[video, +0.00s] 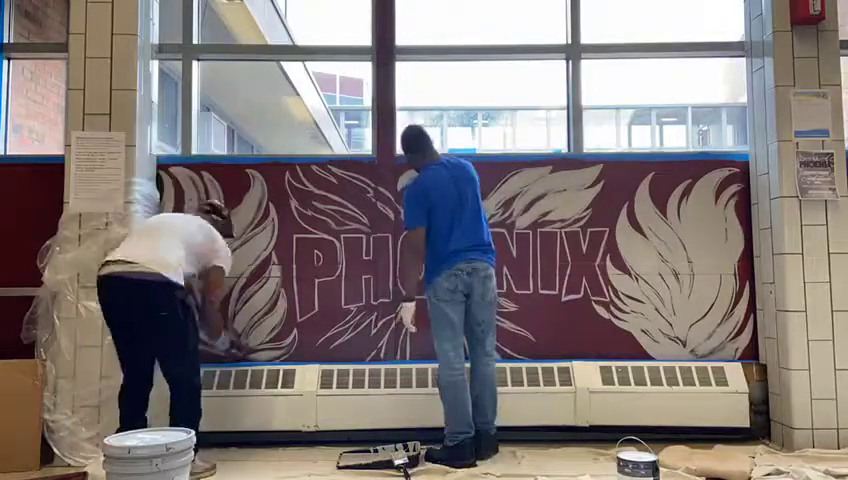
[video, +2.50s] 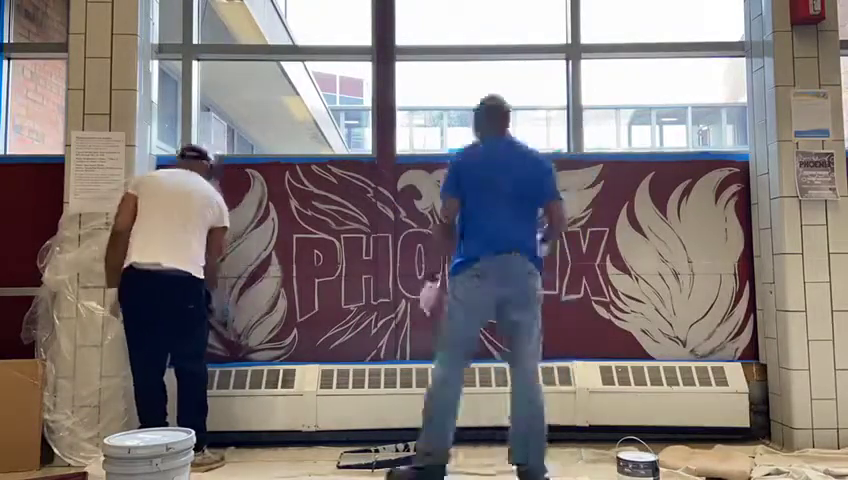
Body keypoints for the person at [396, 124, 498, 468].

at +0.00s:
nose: (409, 161)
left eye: (408, 157)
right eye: (411, 155)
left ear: (409, 156)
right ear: (434, 145)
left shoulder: (416, 187)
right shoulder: (466, 168)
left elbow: (415, 242)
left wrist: (408, 297)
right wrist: (419, 175)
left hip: (446, 271)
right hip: (483, 266)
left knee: (451, 357)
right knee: (484, 352)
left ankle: (460, 443)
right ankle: (486, 437)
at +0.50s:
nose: (422, 149)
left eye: (420, 144)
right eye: (430, 140)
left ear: (422, 144)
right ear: (448, 140)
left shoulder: (421, 181)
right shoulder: (476, 171)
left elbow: (415, 239)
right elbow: (490, 212)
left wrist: (407, 293)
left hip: (445, 270)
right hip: (484, 266)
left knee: (452, 357)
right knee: (485, 354)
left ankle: (464, 445)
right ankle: (486, 437)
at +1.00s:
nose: (430, 145)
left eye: (426, 140)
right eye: (439, 136)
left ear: (425, 141)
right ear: (451, 137)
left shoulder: (422, 177)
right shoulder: (477, 169)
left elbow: (417, 229)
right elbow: (505, 206)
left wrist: (410, 277)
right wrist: (478, 207)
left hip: (443, 270)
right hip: (480, 269)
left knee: (445, 358)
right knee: (476, 355)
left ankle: (449, 449)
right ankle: (474, 440)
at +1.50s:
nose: (488, 149)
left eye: (484, 144)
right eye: (497, 145)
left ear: (479, 144)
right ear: (505, 148)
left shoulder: (461, 166)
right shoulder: (517, 181)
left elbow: (442, 214)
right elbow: (518, 232)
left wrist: (439, 237)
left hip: (466, 265)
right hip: (505, 268)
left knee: (450, 345)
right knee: (499, 351)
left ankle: (448, 443)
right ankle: (499, 445)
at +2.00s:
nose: (497, 152)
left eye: (490, 144)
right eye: (505, 148)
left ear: (483, 144)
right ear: (512, 149)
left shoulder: (458, 175)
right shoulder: (520, 182)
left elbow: (440, 222)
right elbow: (519, 228)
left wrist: (457, 199)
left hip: (467, 272)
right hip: (507, 271)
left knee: (479, 355)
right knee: (532, 353)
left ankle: (492, 443)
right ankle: (552, 437)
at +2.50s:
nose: (478, 131)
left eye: (476, 124)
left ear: (477, 125)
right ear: (508, 123)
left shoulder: (465, 159)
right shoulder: (535, 161)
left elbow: (447, 216)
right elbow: (558, 220)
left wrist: (446, 266)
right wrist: (543, 241)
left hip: (475, 267)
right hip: (522, 266)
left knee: (449, 363)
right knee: (526, 369)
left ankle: (431, 459)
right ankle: (531, 466)